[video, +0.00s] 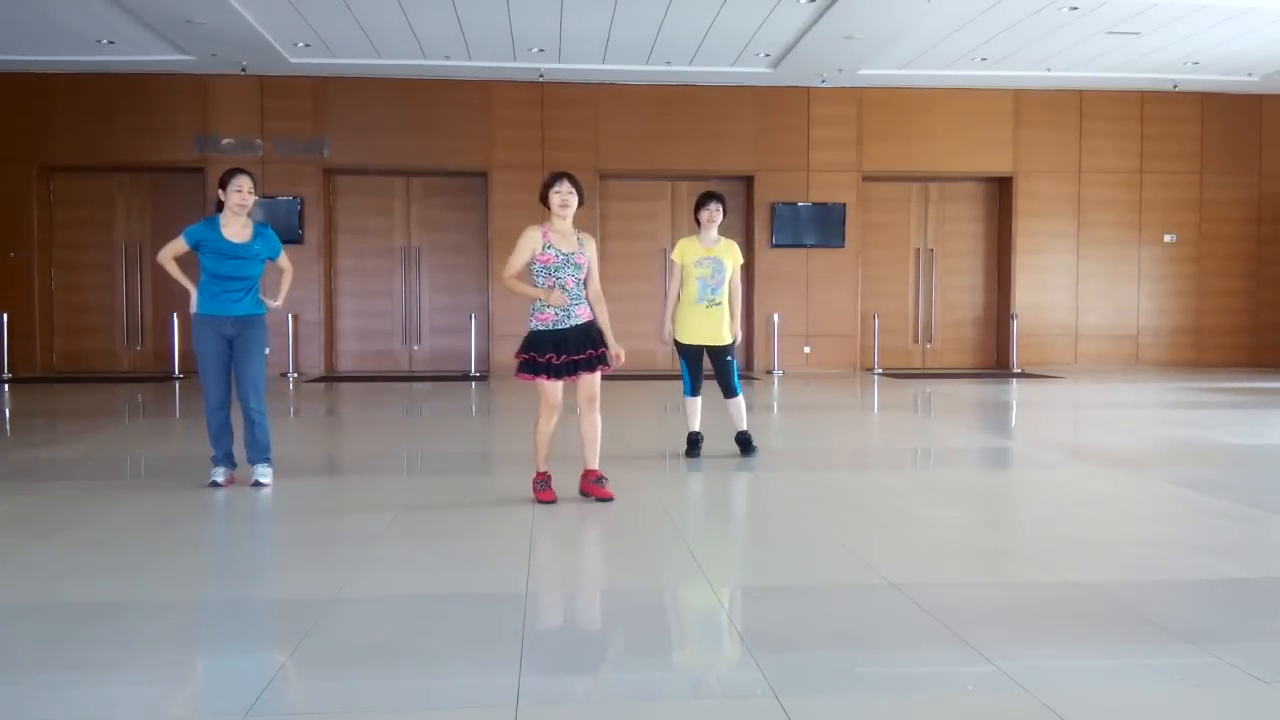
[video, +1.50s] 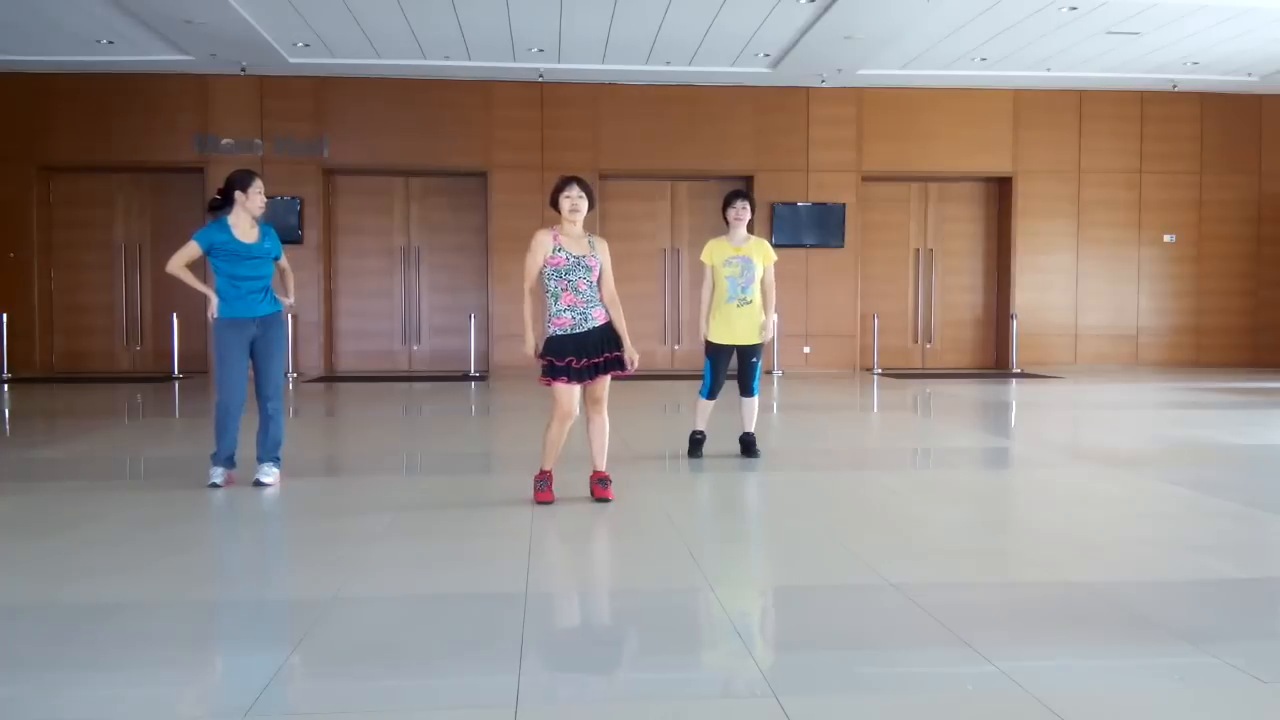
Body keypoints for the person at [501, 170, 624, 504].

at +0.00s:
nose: (564, 197)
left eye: (570, 193)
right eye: (557, 193)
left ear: (578, 201)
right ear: (547, 200)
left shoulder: (586, 242)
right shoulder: (534, 235)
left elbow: (595, 292)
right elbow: (508, 277)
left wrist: (610, 339)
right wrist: (542, 293)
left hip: (585, 330)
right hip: (548, 332)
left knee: (590, 401)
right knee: (552, 405)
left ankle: (592, 474)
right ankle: (542, 475)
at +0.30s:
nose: (558, 198)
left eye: (563, 193)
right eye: (551, 193)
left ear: (572, 200)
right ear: (541, 200)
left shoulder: (584, 242)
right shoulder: (527, 237)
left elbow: (592, 295)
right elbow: (503, 277)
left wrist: (603, 340)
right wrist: (530, 282)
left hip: (575, 333)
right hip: (537, 332)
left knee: (593, 401)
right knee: (538, 403)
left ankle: (586, 476)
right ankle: (540, 476)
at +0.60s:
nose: (560, 200)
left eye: (566, 195)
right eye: (553, 195)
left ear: (576, 202)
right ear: (545, 202)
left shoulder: (593, 241)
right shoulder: (533, 240)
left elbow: (601, 292)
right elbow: (528, 294)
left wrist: (607, 338)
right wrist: (522, 279)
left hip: (580, 334)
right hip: (540, 333)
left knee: (590, 409)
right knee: (540, 405)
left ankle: (600, 474)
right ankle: (541, 476)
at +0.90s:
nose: (569, 196)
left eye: (575, 191)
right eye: (563, 191)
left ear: (586, 198)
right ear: (554, 198)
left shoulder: (603, 235)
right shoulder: (543, 239)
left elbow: (614, 287)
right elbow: (546, 288)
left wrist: (618, 332)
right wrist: (523, 290)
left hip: (594, 331)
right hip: (554, 331)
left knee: (594, 405)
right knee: (552, 401)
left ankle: (601, 476)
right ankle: (553, 475)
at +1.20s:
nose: (575, 199)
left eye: (581, 194)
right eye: (569, 194)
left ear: (591, 201)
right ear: (559, 201)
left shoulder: (607, 239)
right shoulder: (546, 240)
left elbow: (618, 291)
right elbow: (542, 290)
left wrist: (628, 335)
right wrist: (531, 325)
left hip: (604, 334)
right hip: (563, 336)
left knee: (601, 405)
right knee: (561, 409)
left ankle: (602, 475)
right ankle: (552, 475)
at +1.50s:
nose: (575, 202)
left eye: (580, 197)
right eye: (568, 197)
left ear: (589, 204)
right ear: (557, 204)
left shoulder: (599, 245)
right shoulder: (545, 239)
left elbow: (610, 295)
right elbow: (529, 288)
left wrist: (626, 341)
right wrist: (530, 334)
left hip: (600, 334)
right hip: (562, 337)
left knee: (598, 405)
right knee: (566, 411)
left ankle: (600, 475)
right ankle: (545, 475)